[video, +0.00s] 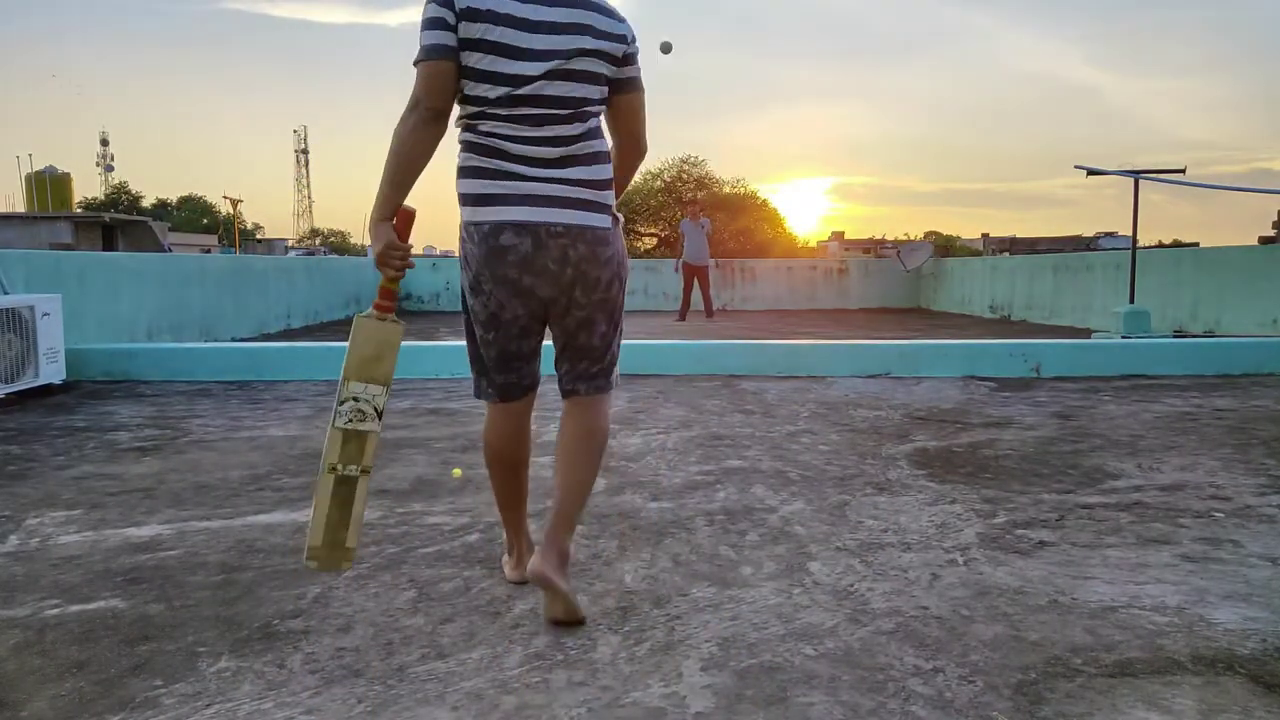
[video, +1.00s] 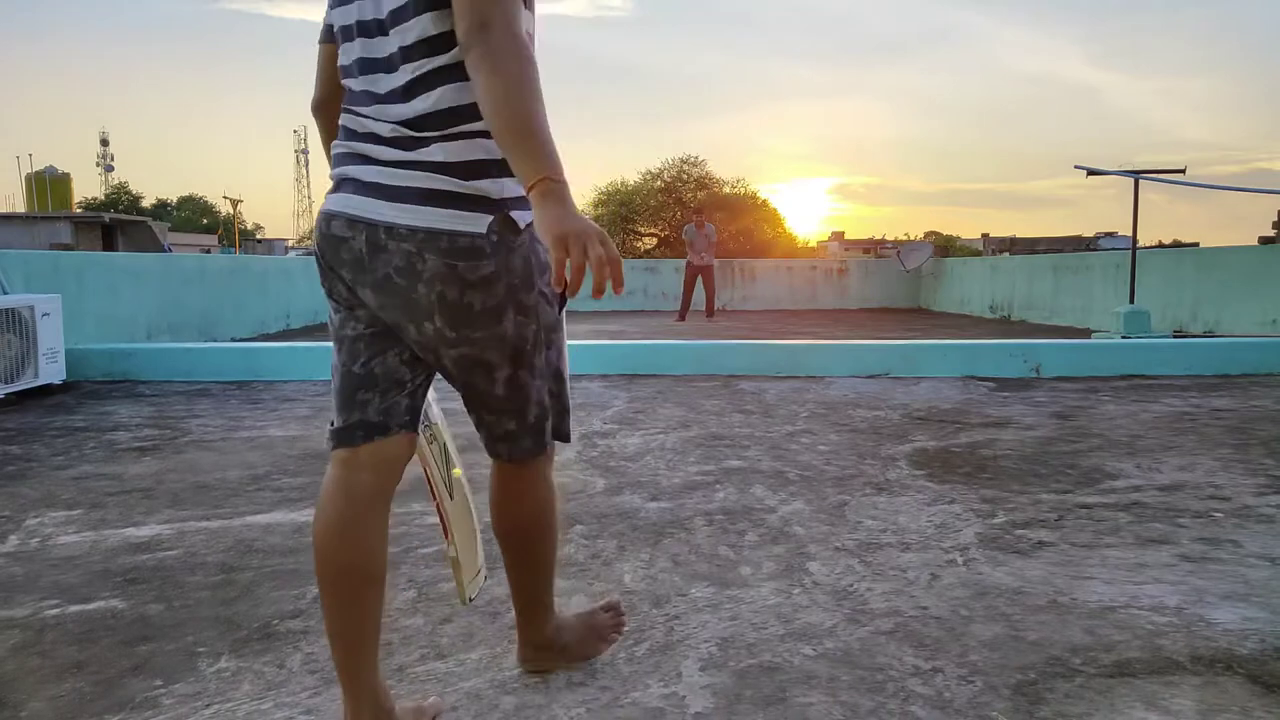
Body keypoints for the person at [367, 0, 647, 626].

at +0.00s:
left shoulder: (456, 7)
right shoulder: (608, 19)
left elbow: (429, 109)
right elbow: (632, 143)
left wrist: (383, 212)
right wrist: (592, 200)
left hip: (498, 227)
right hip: (591, 228)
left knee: (509, 394)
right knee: (589, 390)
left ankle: (519, 545)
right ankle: (554, 552)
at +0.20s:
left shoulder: (454, 5)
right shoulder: (622, 15)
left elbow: (422, 102)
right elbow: (624, 148)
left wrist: (378, 201)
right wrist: (587, 203)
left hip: (490, 223)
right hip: (586, 223)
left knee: (504, 401)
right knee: (566, 409)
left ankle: (516, 550)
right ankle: (541, 610)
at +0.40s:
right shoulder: (624, 4)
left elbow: (409, 91)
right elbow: (641, 130)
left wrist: (373, 194)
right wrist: (664, 229)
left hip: (469, 216)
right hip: (568, 218)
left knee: (491, 398)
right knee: (550, 413)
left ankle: (501, 565)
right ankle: (538, 616)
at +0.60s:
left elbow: (389, 79)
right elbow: (649, 111)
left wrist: (364, 189)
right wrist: (746, 212)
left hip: (447, 216)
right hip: (553, 216)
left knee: (467, 402)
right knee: (541, 419)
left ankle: (427, 573)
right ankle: (540, 614)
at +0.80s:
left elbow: (363, 87)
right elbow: (586, 62)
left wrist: (369, 200)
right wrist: (701, 189)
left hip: (404, 219)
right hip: (520, 221)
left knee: (413, 436)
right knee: (530, 435)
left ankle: (367, 686)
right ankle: (543, 617)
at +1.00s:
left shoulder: (351, 1)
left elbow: (328, 101)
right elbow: (489, 30)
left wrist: (364, 196)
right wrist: (552, 195)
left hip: (352, 225)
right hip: (467, 232)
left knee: (362, 458)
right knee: (522, 445)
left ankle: (363, 701)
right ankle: (539, 632)